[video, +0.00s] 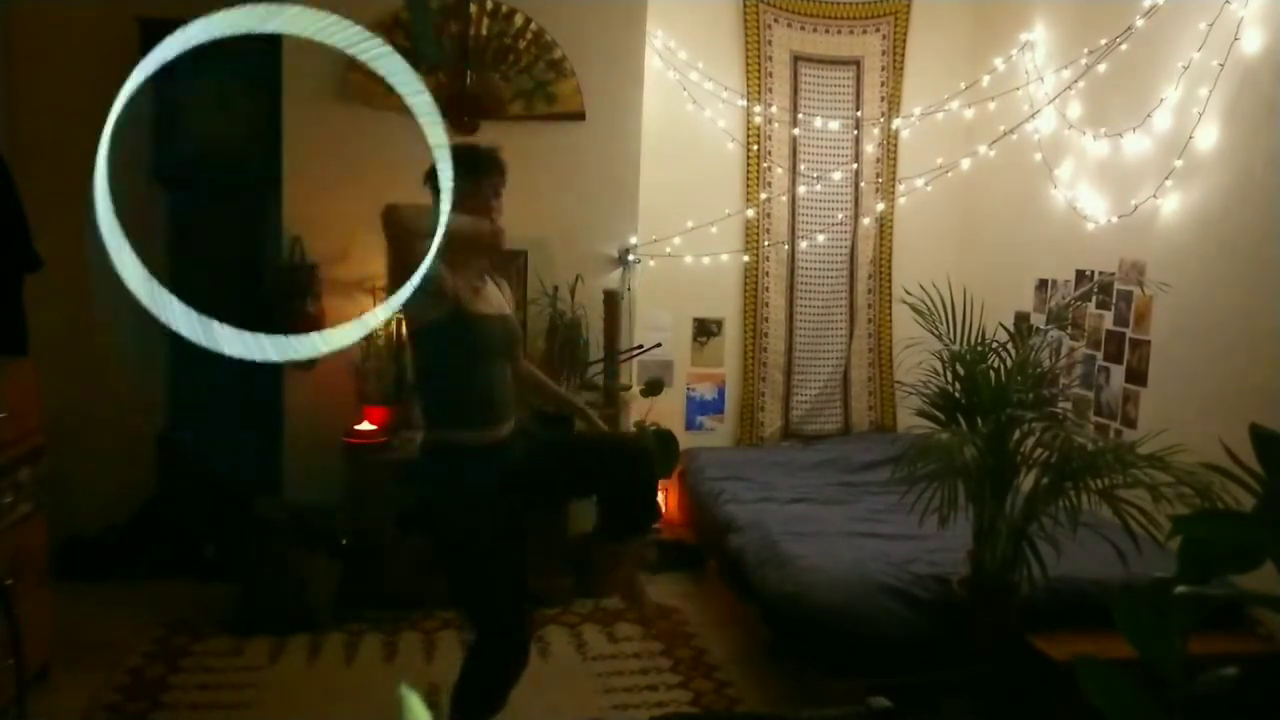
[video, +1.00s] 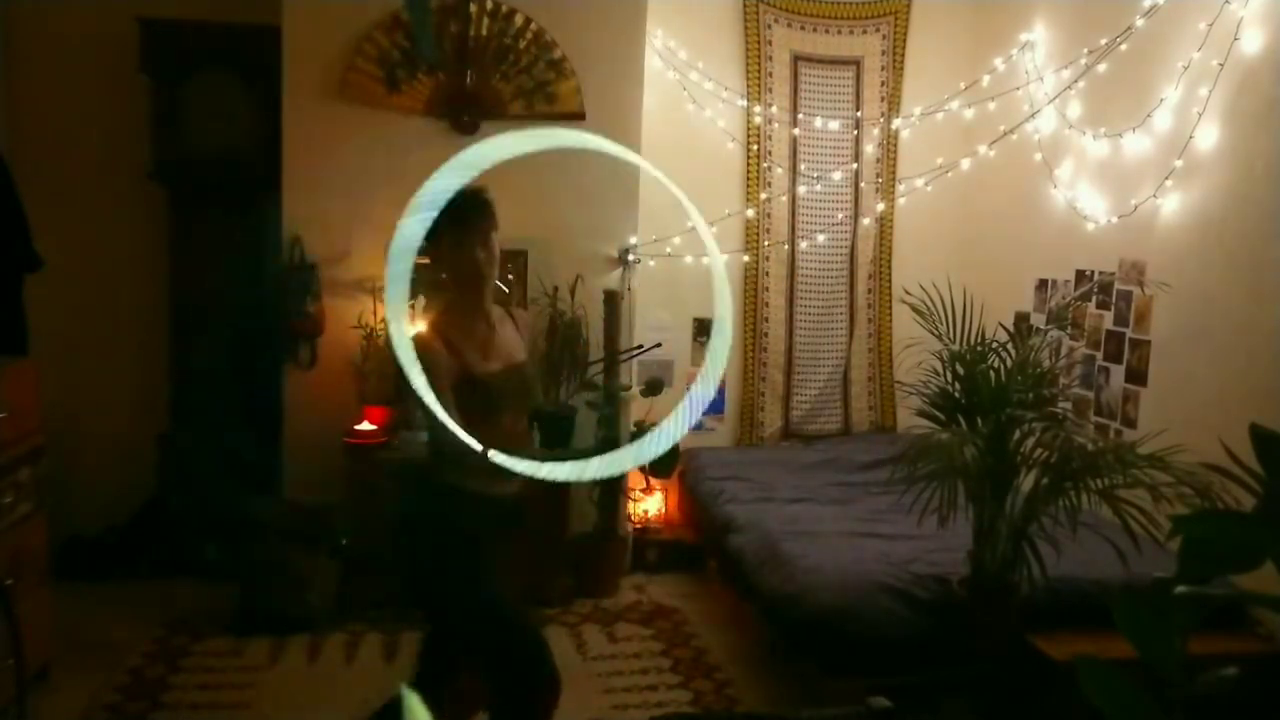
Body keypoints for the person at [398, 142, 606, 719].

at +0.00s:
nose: (495, 212)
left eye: (499, 198)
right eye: (485, 199)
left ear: (498, 204)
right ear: (450, 201)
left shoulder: (491, 281)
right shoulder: (422, 281)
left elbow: (517, 367)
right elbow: (397, 215)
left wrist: (577, 407)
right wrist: (478, 231)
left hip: (517, 451)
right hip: (461, 468)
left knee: (631, 459)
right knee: (505, 638)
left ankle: (607, 568)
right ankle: (462, 714)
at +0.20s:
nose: (500, 176)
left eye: (503, 165)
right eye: (489, 164)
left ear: (497, 169)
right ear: (455, 172)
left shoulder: (498, 256)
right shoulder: (440, 248)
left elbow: (511, 357)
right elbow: (498, 171)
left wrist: (560, 418)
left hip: (507, 435)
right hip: (461, 444)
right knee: (485, 615)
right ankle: (451, 708)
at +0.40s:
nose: (505, 185)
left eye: (510, 170)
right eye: (490, 170)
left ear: (515, 173)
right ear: (457, 175)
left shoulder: (496, 256)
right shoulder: (452, 245)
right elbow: (538, 254)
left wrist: (536, 409)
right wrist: (643, 259)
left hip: (491, 450)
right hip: (458, 450)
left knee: (475, 599)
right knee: (468, 600)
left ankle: (451, 706)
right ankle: (448, 707)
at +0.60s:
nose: (516, 212)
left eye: (516, 199)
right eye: (504, 199)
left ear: (513, 206)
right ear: (467, 205)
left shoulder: (496, 286)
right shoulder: (459, 285)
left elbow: (513, 389)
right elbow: (494, 398)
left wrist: (553, 422)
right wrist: (534, 433)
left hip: (486, 464)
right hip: (455, 465)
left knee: (482, 631)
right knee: (464, 633)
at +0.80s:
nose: (497, 255)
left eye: (497, 239)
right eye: (483, 241)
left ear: (495, 241)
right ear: (450, 246)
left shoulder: (477, 327)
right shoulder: (442, 339)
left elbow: (501, 430)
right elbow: (477, 452)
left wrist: (503, 460)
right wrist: (517, 471)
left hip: (463, 528)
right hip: (442, 535)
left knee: (412, 671)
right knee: (528, 651)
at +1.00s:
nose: (482, 254)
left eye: (488, 239)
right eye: (466, 242)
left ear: (498, 246)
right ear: (438, 255)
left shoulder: (514, 322)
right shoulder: (430, 343)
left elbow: (522, 411)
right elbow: (442, 444)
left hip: (506, 514)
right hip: (448, 517)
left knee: (449, 673)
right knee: (532, 680)